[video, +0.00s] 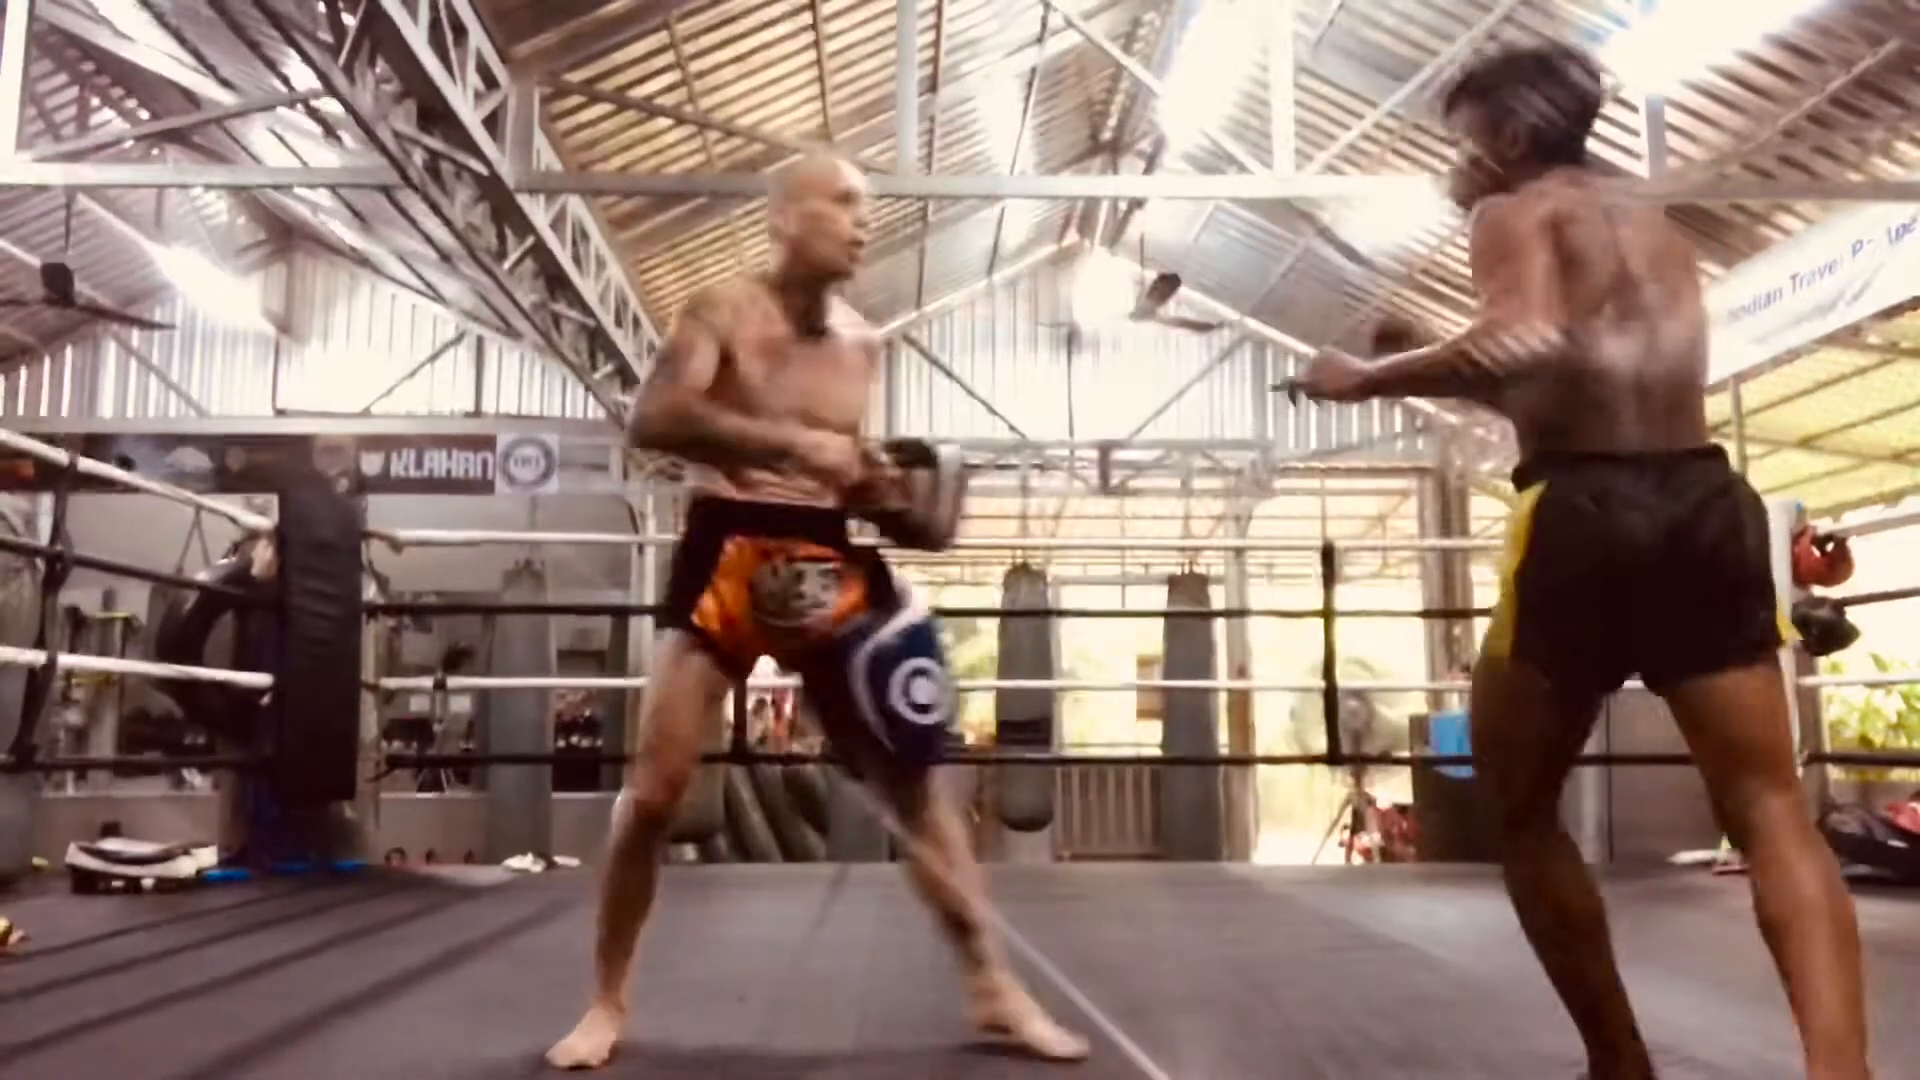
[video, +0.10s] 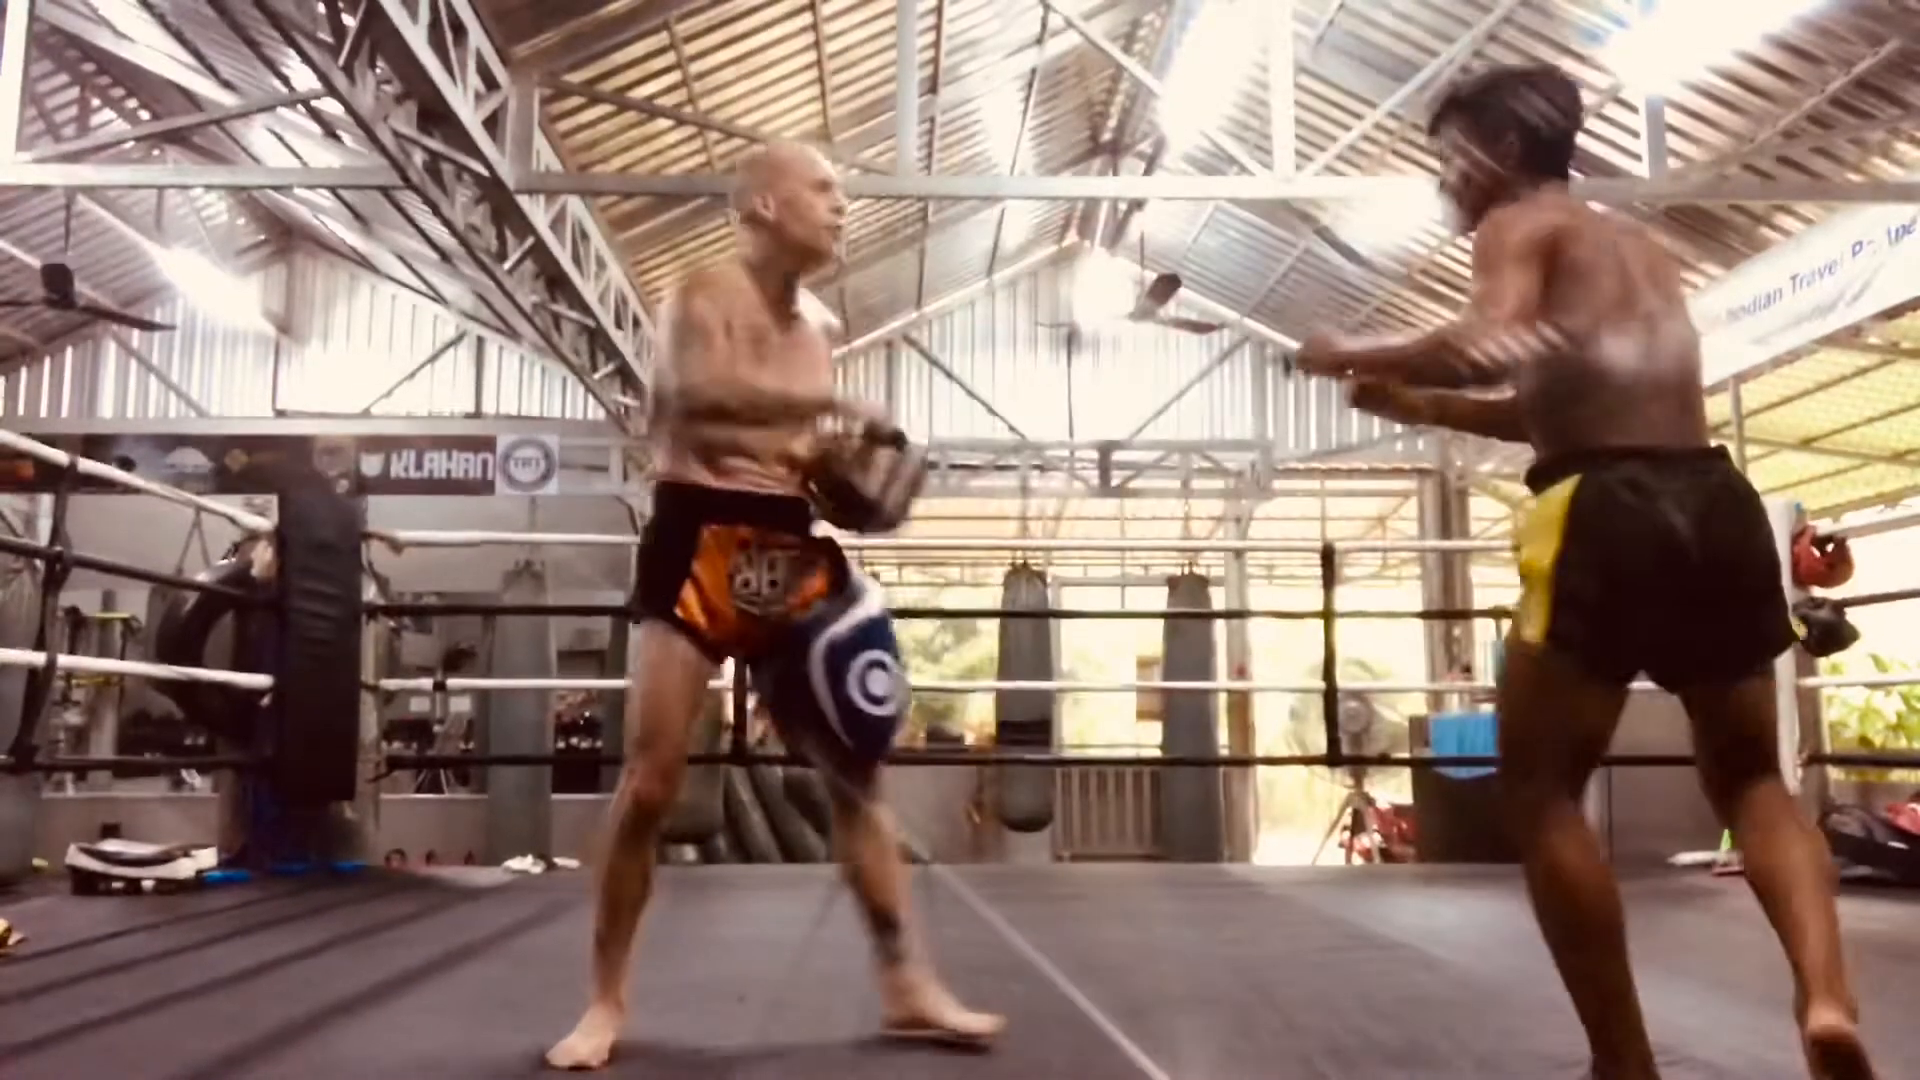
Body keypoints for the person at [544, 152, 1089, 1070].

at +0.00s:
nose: (863, 222)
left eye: (864, 207)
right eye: (844, 203)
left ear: (845, 225)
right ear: (786, 214)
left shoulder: (860, 347)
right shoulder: (721, 313)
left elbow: (849, 461)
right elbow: (656, 418)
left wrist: (895, 494)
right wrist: (793, 440)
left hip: (832, 563)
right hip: (726, 558)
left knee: (921, 780)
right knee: (653, 794)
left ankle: (992, 990)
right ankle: (606, 1004)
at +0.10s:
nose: (841, 208)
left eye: (839, 193)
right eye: (823, 191)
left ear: (789, 211)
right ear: (762, 206)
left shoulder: (814, 338)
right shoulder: (706, 293)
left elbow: (792, 451)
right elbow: (690, 397)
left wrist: (843, 473)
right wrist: (825, 409)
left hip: (793, 547)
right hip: (694, 541)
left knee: (859, 773)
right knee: (649, 788)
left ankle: (907, 989)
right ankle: (604, 1004)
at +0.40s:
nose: (860, 226)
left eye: (856, 211)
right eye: (843, 211)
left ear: (800, 224)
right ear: (789, 220)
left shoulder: (799, 321)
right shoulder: (730, 281)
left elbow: (758, 439)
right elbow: (728, 387)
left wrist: (819, 462)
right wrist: (823, 364)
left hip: (745, 536)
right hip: (669, 528)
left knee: (789, 758)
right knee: (646, 783)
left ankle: (766, 977)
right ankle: (601, 999)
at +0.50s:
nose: (887, 273)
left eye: (887, 257)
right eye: (874, 254)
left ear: (838, 267)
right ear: (823, 257)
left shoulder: (806, 360)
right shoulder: (751, 308)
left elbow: (783, 464)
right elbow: (717, 424)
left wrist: (833, 504)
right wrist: (835, 442)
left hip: (742, 550)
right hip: (672, 534)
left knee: (792, 770)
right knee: (656, 785)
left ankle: (765, 981)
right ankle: (598, 998)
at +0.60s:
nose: (904, 303)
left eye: (907, 289)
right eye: (892, 282)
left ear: (866, 293)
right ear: (841, 280)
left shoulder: (822, 396)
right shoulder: (762, 321)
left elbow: (810, 496)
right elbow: (746, 432)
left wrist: (861, 523)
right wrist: (875, 458)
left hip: (740, 559)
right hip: (663, 545)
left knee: (804, 773)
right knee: (648, 776)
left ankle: (767, 980)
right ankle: (593, 986)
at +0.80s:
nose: (898, 310)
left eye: (902, 295)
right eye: (887, 289)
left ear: (851, 289)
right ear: (837, 282)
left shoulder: (833, 381)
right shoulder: (750, 316)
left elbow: (850, 510)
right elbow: (778, 398)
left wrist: (915, 447)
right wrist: (889, 352)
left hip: (729, 561)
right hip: (647, 539)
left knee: (791, 773)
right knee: (604, 754)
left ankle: (766, 980)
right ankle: (513, 965)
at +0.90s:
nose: (882, 294)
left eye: (882, 279)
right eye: (868, 274)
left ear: (831, 282)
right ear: (816, 274)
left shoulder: (814, 369)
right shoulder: (734, 312)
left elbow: (825, 492)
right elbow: (761, 404)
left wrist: (893, 432)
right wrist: (862, 355)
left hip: (722, 559)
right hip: (639, 538)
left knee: (778, 773)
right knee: (577, 770)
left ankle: (764, 981)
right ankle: (477, 973)